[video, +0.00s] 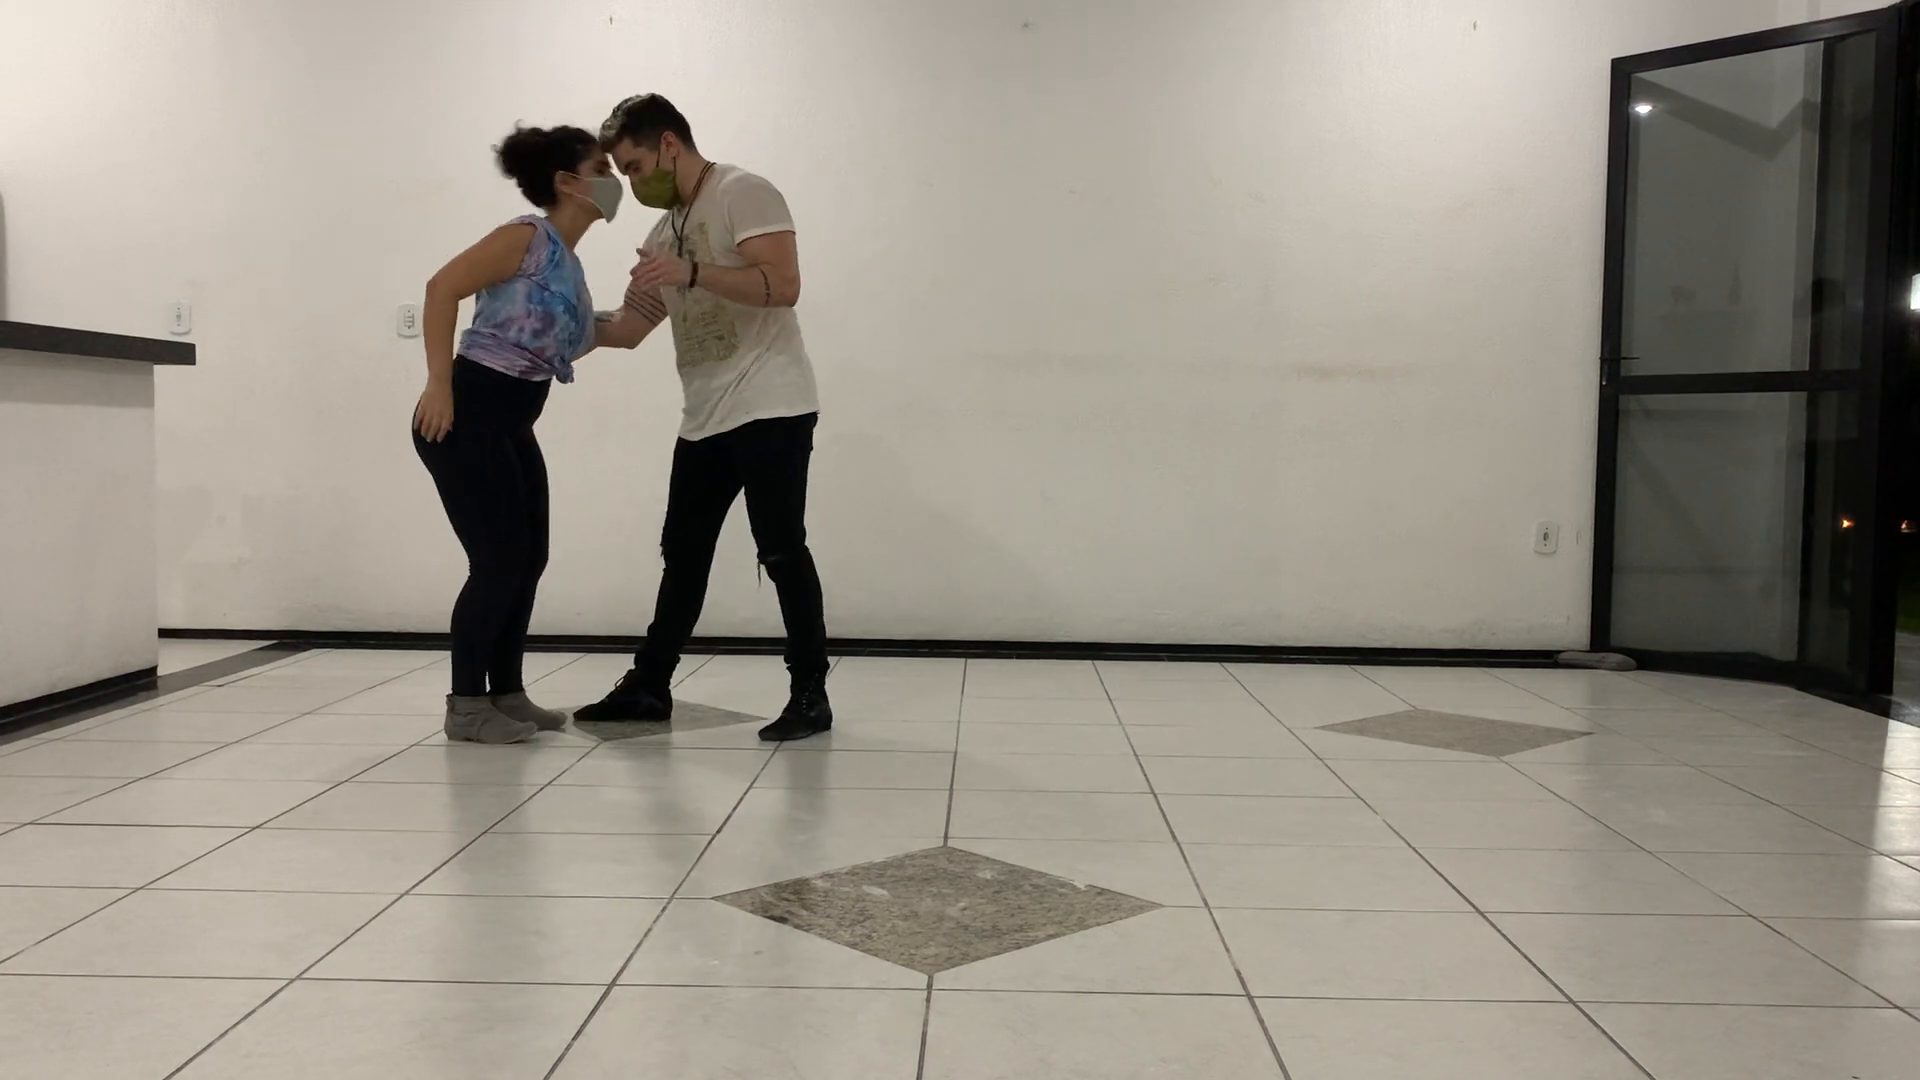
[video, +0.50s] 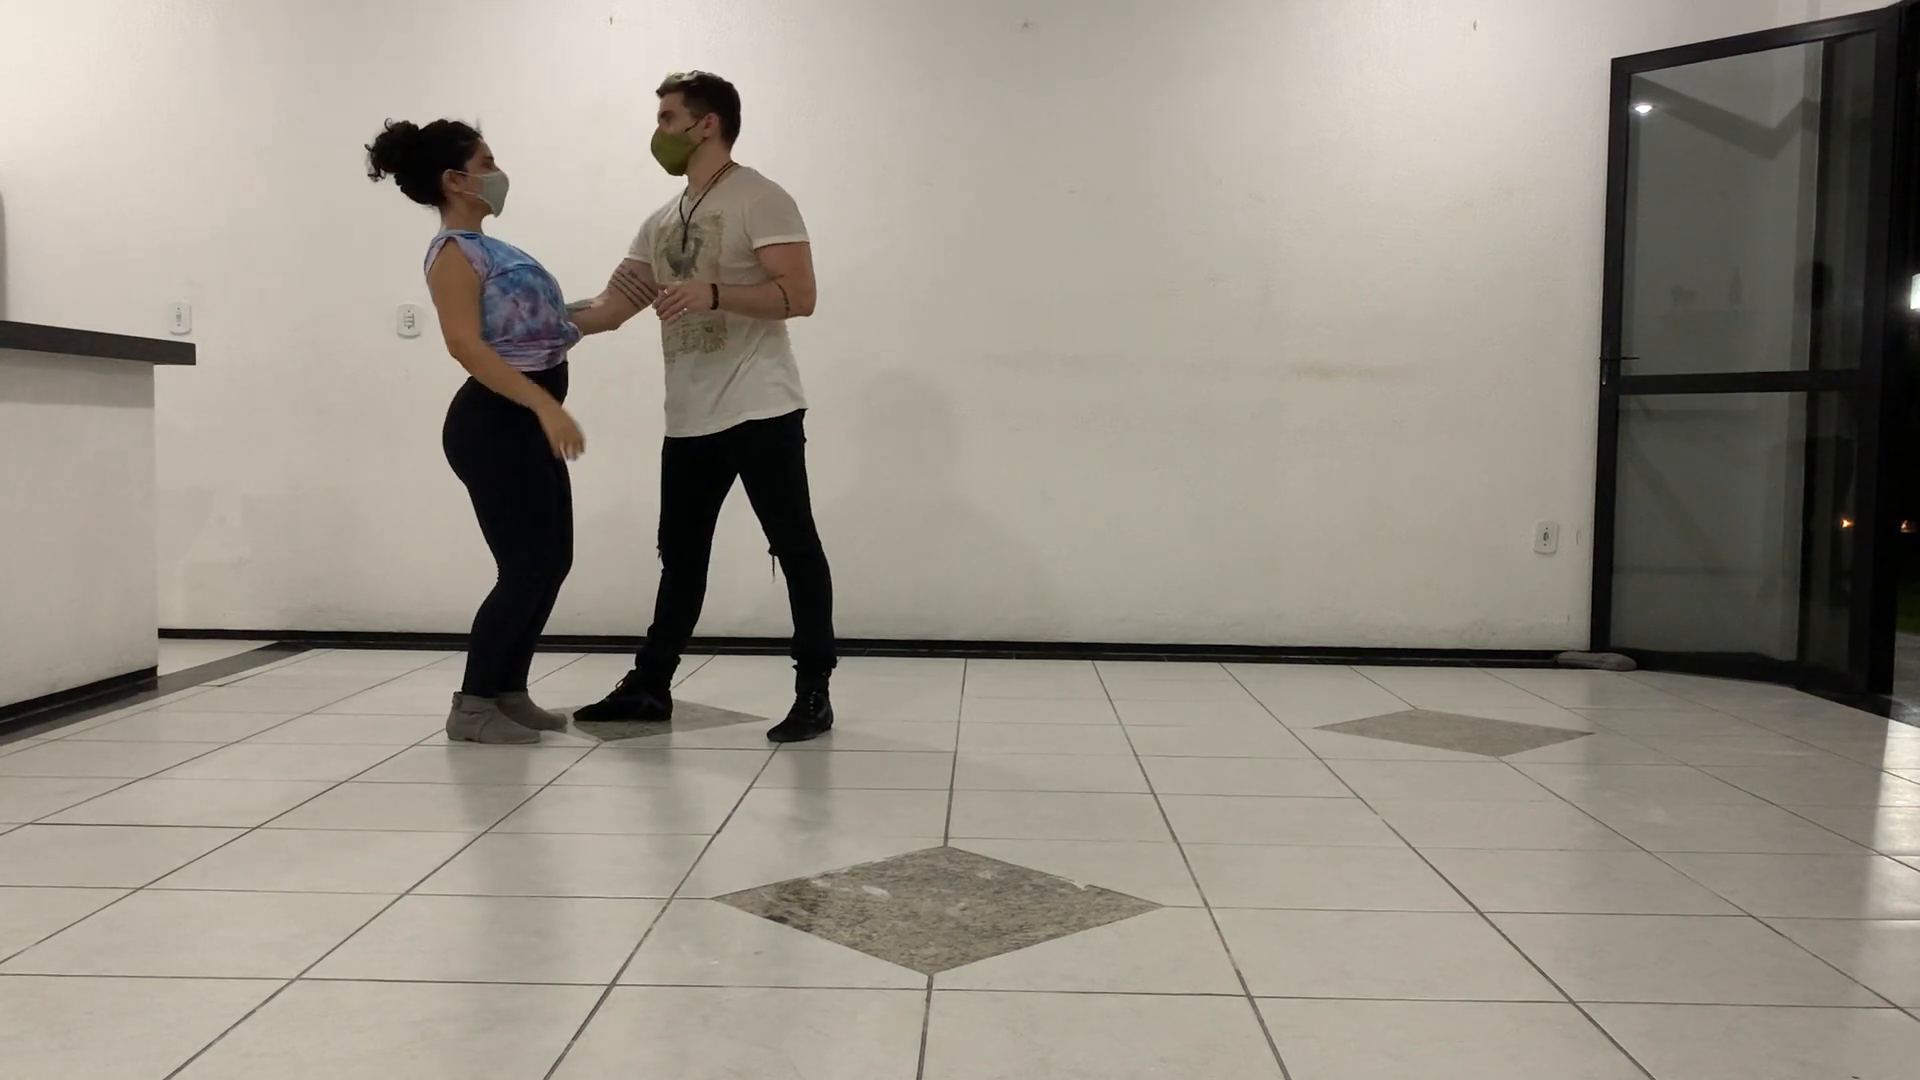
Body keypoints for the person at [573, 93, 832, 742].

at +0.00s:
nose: (632, 185)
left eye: (635, 168)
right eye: (624, 174)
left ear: (671, 144)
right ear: (659, 155)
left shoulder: (744, 193)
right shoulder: (665, 235)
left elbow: (782, 286)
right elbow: (626, 328)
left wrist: (691, 272)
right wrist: (540, 318)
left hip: (773, 400)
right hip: (706, 414)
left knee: (781, 548)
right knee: (684, 547)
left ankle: (810, 696)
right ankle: (648, 687)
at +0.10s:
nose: (626, 180)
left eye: (630, 164)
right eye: (620, 169)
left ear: (666, 142)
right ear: (656, 153)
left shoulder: (740, 193)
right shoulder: (659, 236)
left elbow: (782, 286)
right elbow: (626, 326)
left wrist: (688, 282)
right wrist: (545, 325)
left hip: (767, 404)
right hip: (700, 418)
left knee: (786, 549)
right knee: (684, 551)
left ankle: (812, 697)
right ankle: (649, 687)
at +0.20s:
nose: (624, 166)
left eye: (629, 151)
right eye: (621, 154)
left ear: (671, 136)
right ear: (664, 142)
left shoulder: (742, 193)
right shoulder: (656, 232)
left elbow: (784, 285)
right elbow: (624, 323)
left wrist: (692, 288)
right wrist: (547, 324)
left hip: (763, 403)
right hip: (695, 416)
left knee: (787, 548)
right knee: (682, 554)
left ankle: (813, 697)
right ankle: (650, 687)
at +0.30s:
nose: (634, 147)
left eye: (642, 134)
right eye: (631, 136)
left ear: (685, 130)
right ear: (672, 135)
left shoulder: (748, 195)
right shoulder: (656, 230)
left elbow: (788, 290)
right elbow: (617, 319)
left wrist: (696, 289)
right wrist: (543, 322)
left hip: (762, 402)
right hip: (692, 415)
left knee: (790, 547)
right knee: (681, 554)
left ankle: (813, 697)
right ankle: (650, 687)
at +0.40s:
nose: (646, 135)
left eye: (656, 122)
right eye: (645, 124)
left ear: (699, 124)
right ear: (681, 129)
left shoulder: (753, 197)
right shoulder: (657, 228)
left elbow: (792, 293)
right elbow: (615, 314)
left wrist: (703, 292)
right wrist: (538, 321)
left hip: (761, 401)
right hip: (690, 413)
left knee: (793, 547)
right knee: (681, 554)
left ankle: (813, 698)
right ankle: (649, 687)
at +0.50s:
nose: (656, 131)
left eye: (667, 119)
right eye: (657, 120)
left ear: (710, 124)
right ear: (697, 127)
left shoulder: (760, 199)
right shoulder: (660, 227)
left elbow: (799, 297)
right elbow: (613, 308)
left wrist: (712, 294)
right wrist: (539, 318)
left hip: (763, 405)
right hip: (690, 416)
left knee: (795, 547)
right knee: (681, 553)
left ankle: (814, 695)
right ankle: (649, 687)